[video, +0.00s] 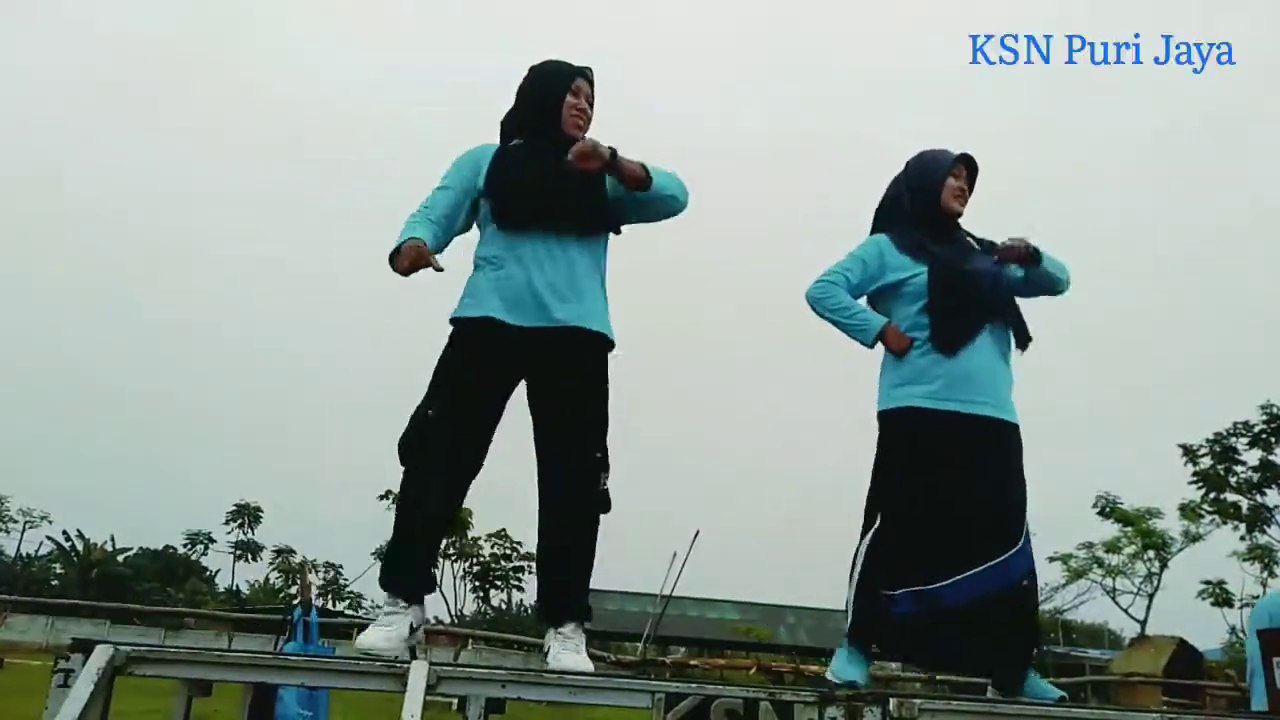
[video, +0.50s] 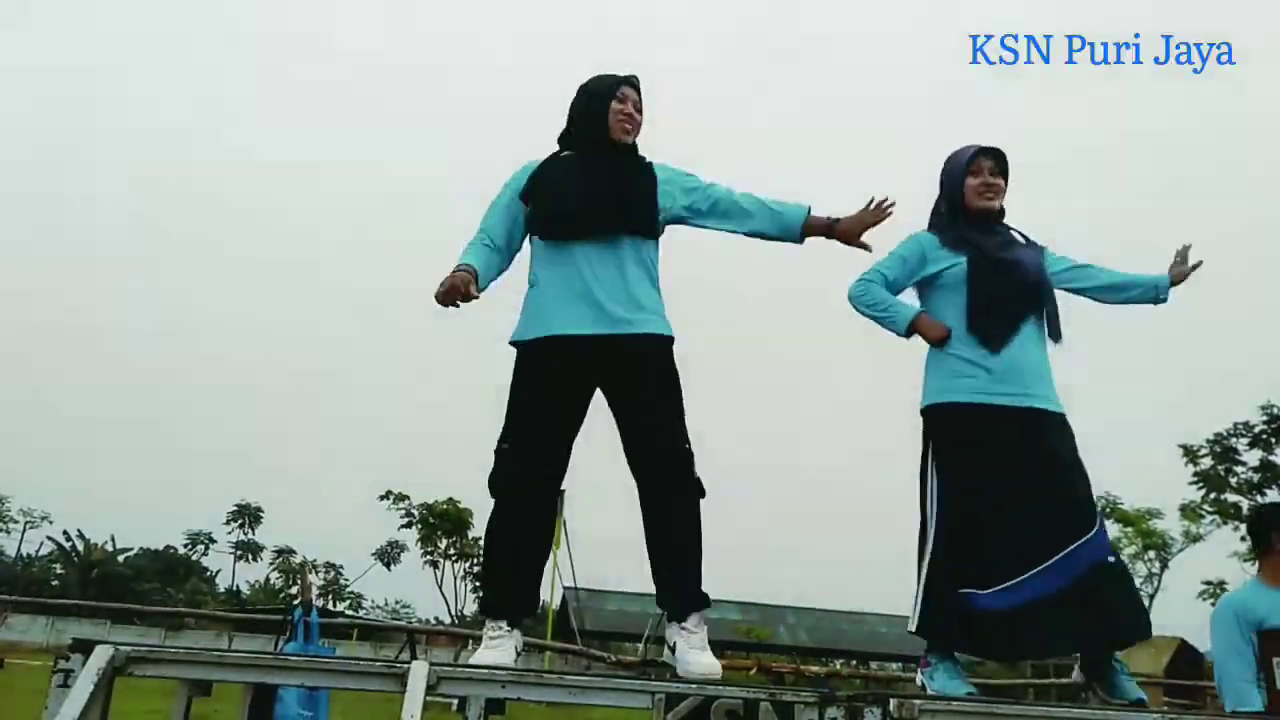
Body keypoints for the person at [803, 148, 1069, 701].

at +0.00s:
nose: (964, 188)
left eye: (967, 183)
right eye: (955, 178)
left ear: (966, 195)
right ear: (924, 180)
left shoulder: (985, 257)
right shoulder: (888, 246)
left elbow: (1058, 281)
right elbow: (824, 291)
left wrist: (1030, 258)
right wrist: (880, 329)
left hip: (991, 414)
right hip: (917, 408)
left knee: (1005, 536)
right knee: (895, 529)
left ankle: (1011, 668)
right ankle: (856, 647)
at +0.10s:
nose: (973, 192)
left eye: (976, 186)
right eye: (964, 181)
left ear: (976, 199)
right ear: (932, 184)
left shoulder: (990, 260)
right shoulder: (899, 248)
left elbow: (1053, 304)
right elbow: (837, 292)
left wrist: (1022, 262)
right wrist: (897, 328)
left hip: (1002, 412)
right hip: (931, 410)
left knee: (1011, 535)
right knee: (935, 533)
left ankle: (1021, 670)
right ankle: (929, 657)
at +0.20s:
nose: (977, 204)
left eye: (981, 199)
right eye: (969, 195)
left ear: (981, 207)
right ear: (938, 195)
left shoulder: (995, 267)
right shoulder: (904, 258)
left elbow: (1041, 324)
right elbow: (846, 301)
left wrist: (1050, 274)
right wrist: (907, 339)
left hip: (1013, 416)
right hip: (943, 417)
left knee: (1032, 538)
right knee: (957, 541)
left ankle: (1032, 673)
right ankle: (953, 667)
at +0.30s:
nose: (979, 199)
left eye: (984, 194)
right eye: (970, 189)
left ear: (985, 205)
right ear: (941, 192)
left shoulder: (997, 267)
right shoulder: (906, 255)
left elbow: (1054, 316)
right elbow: (847, 303)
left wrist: (1112, 279)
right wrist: (907, 339)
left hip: (1017, 414)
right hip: (946, 414)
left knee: (1061, 522)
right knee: (950, 536)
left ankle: (1058, 665)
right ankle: (939, 664)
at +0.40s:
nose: (983, 183)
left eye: (989, 177)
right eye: (973, 174)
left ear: (995, 190)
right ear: (945, 181)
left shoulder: (1011, 255)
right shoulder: (916, 244)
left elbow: (1072, 295)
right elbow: (852, 291)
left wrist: (1151, 279)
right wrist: (907, 324)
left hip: (1025, 405)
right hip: (951, 404)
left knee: (1069, 520)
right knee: (949, 529)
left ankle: (1079, 657)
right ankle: (939, 659)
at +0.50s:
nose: (990, 182)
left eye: (997, 174)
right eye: (978, 174)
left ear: (1006, 187)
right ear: (953, 185)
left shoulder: (1029, 252)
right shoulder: (930, 245)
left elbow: (1091, 278)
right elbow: (864, 289)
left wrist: (1166, 281)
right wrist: (916, 319)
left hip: (1034, 403)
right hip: (960, 402)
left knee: (1078, 524)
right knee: (957, 527)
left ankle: (1100, 659)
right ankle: (938, 657)